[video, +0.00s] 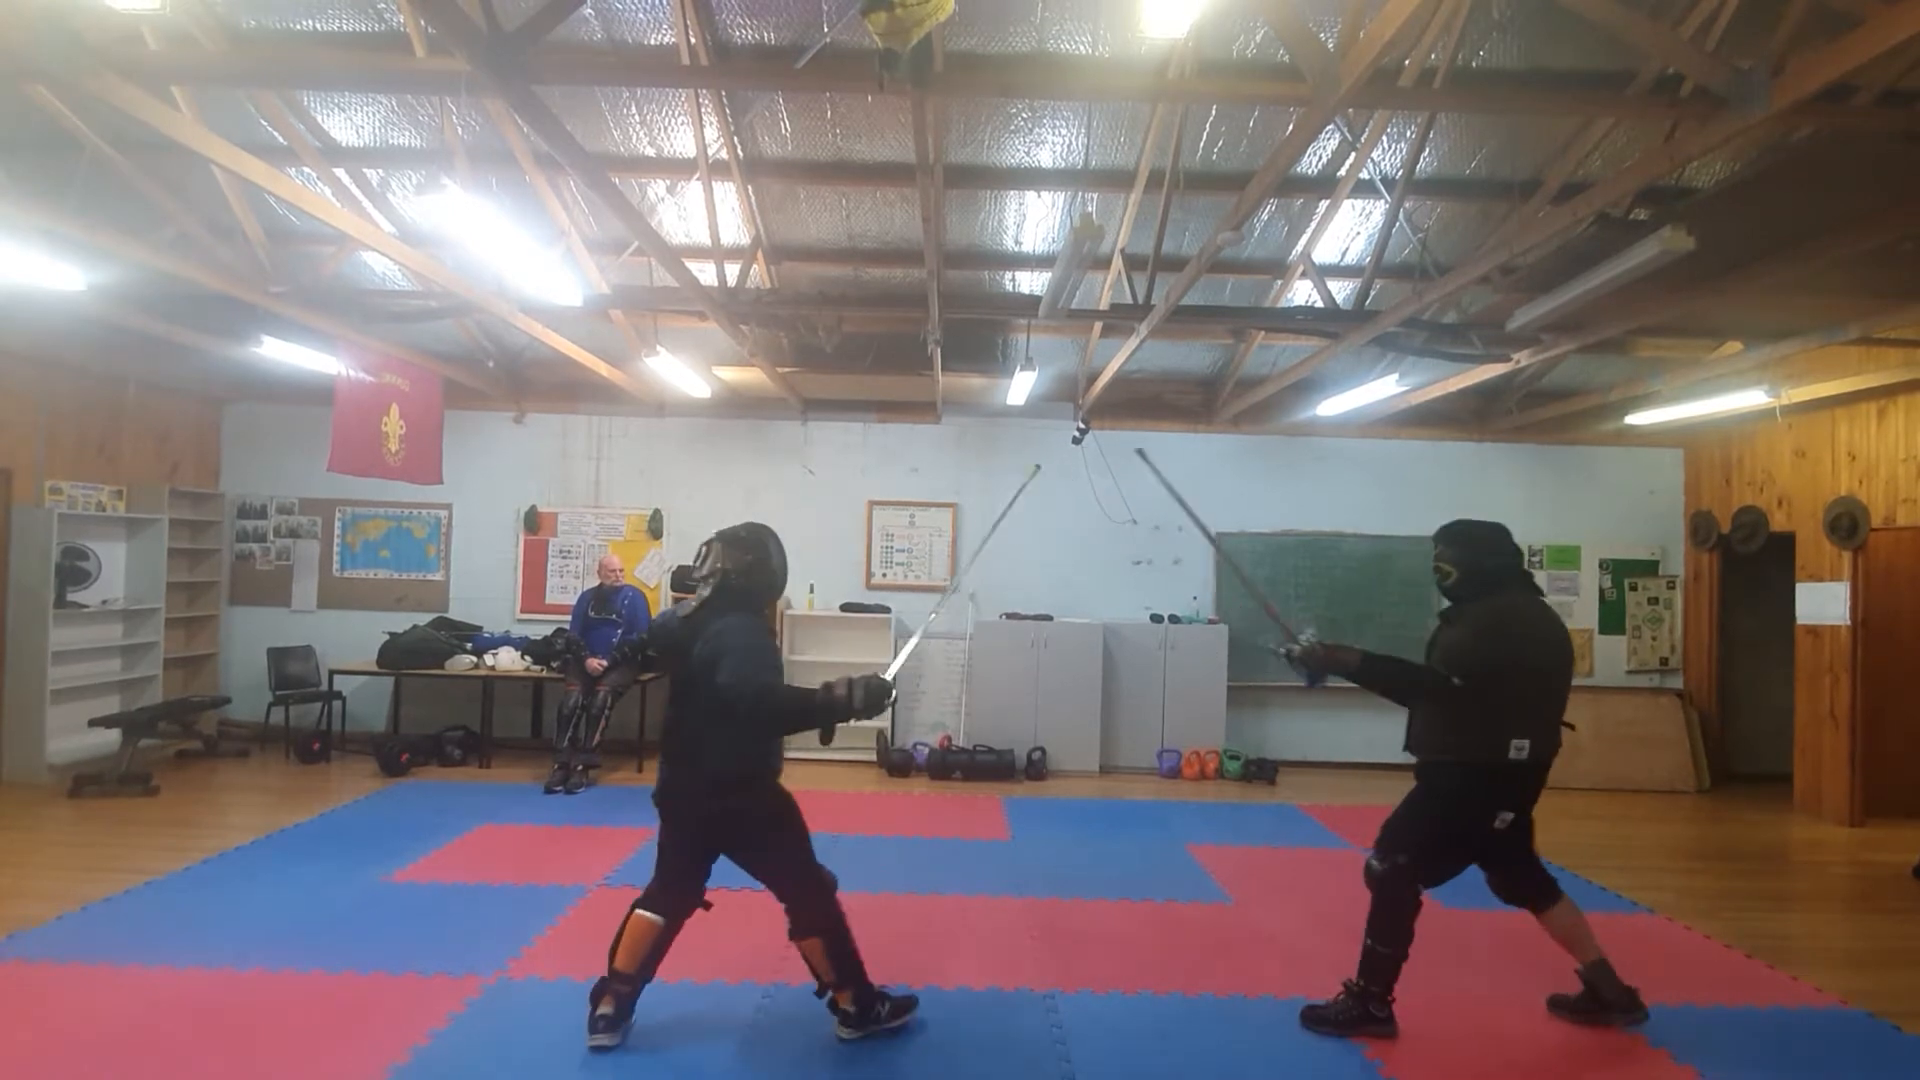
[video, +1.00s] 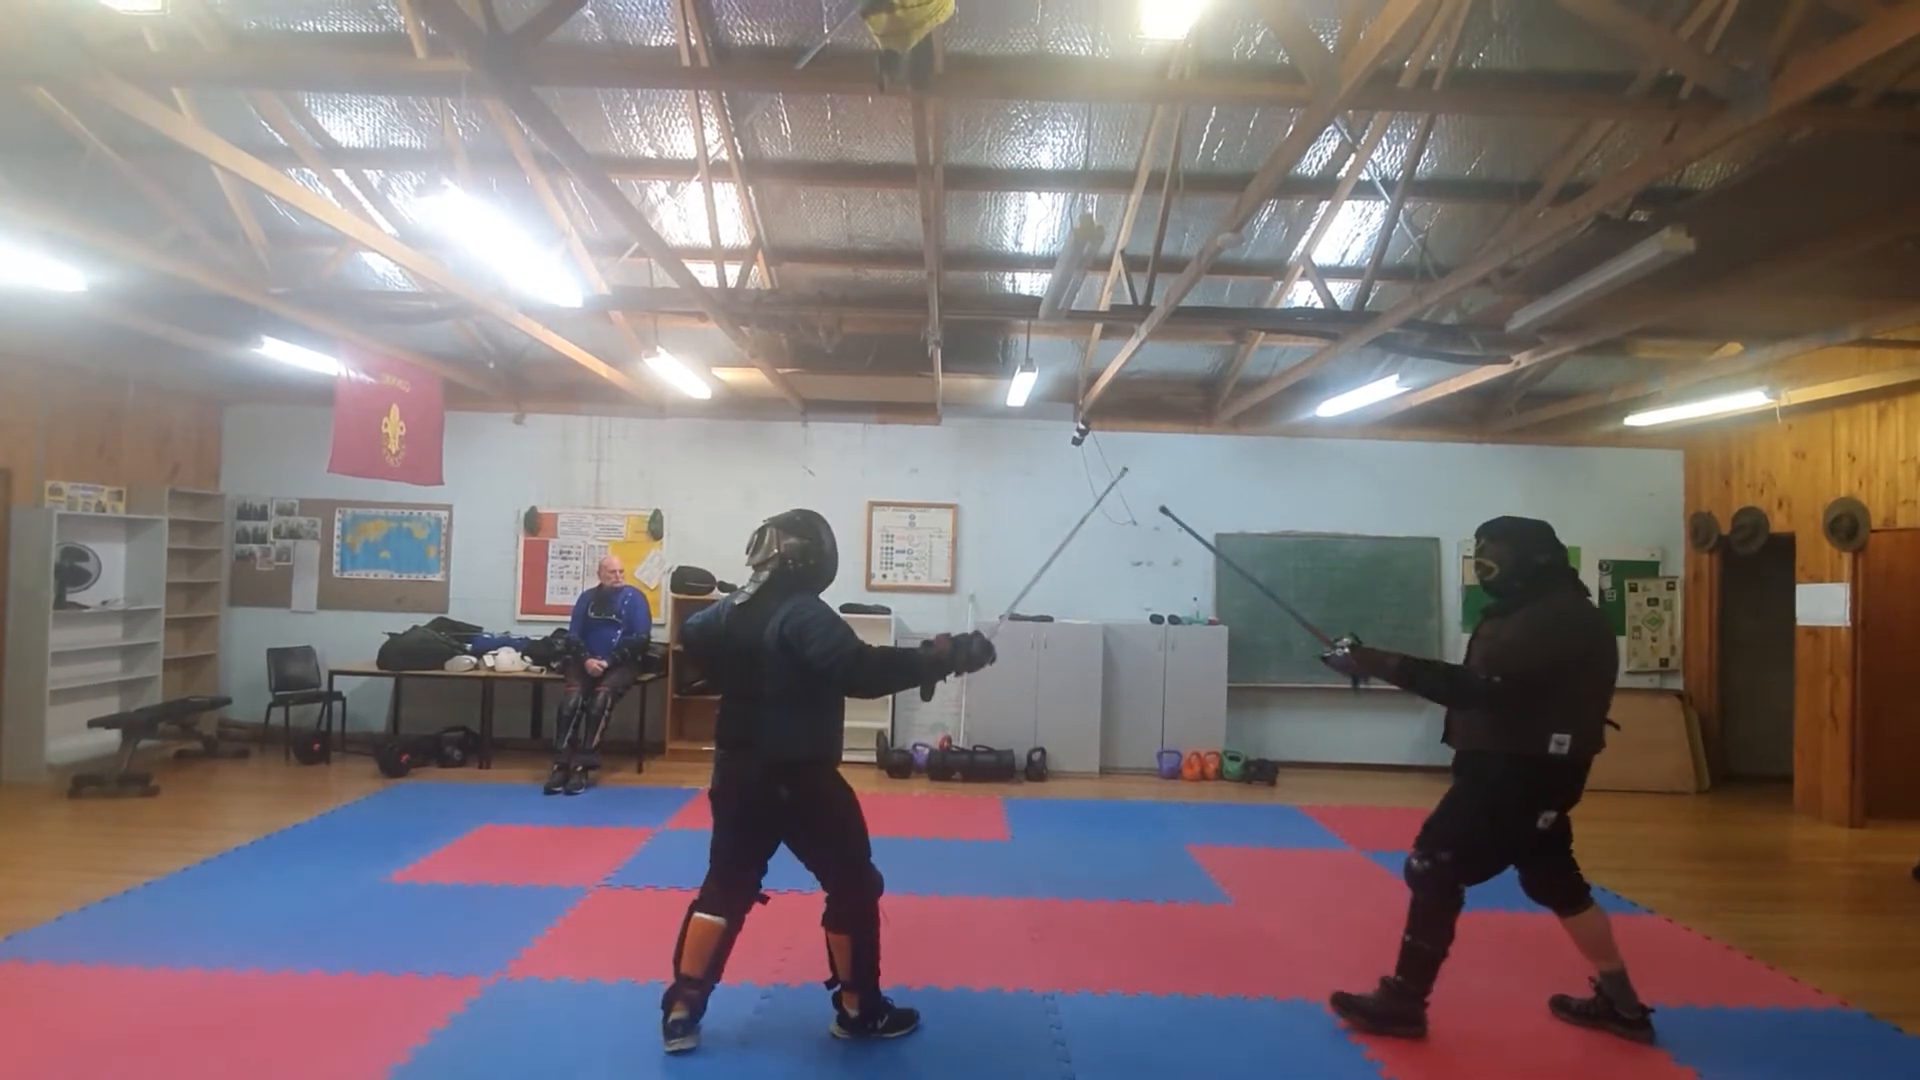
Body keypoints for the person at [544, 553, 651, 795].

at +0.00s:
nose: (618, 576)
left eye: (621, 571)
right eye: (613, 572)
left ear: (624, 572)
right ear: (599, 573)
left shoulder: (634, 597)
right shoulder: (586, 597)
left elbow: (639, 636)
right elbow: (573, 635)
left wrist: (609, 660)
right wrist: (585, 658)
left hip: (619, 662)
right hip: (585, 660)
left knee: (601, 697)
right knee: (572, 697)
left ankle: (582, 768)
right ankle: (561, 765)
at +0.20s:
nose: (618, 576)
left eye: (621, 572)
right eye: (613, 572)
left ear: (624, 572)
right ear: (600, 573)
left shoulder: (634, 596)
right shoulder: (587, 597)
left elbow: (635, 636)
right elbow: (574, 634)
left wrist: (608, 660)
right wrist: (585, 658)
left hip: (619, 661)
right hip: (585, 658)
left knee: (602, 696)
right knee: (572, 697)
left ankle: (582, 768)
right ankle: (560, 765)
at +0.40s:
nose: (618, 576)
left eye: (621, 571)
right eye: (612, 572)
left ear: (624, 572)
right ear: (599, 573)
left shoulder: (634, 597)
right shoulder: (586, 597)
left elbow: (637, 636)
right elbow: (573, 635)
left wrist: (609, 661)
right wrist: (586, 659)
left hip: (619, 662)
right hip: (585, 660)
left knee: (601, 698)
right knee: (572, 698)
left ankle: (581, 768)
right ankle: (560, 766)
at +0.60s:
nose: (618, 576)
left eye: (621, 572)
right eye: (612, 572)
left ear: (624, 572)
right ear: (599, 573)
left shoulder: (634, 597)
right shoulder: (586, 597)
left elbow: (639, 638)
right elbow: (573, 636)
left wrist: (608, 661)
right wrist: (585, 659)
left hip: (619, 662)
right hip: (585, 660)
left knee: (601, 695)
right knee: (572, 696)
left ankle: (581, 768)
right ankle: (560, 765)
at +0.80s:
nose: (618, 577)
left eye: (621, 572)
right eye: (612, 572)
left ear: (624, 573)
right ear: (599, 574)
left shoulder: (634, 597)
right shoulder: (586, 597)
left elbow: (639, 638)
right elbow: (573, 636)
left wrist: (608, 661)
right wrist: (585, 659)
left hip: (619, 663)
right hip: (585, 660)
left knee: (601, 696)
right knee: (572, 696)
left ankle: (581, 768)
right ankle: (560, 766)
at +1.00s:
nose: (618, 577)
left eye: (621, 572)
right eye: (612, 572)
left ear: (624, 573)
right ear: (599, 574)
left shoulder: (634, 598)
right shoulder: (587, 597)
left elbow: (640, 639)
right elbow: (573, 636)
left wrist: (608, 661)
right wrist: (585, 659)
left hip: (619, 663)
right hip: (585, 660)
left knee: (601, 696)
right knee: (572, 697)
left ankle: (581, 768)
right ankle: (560, 766)